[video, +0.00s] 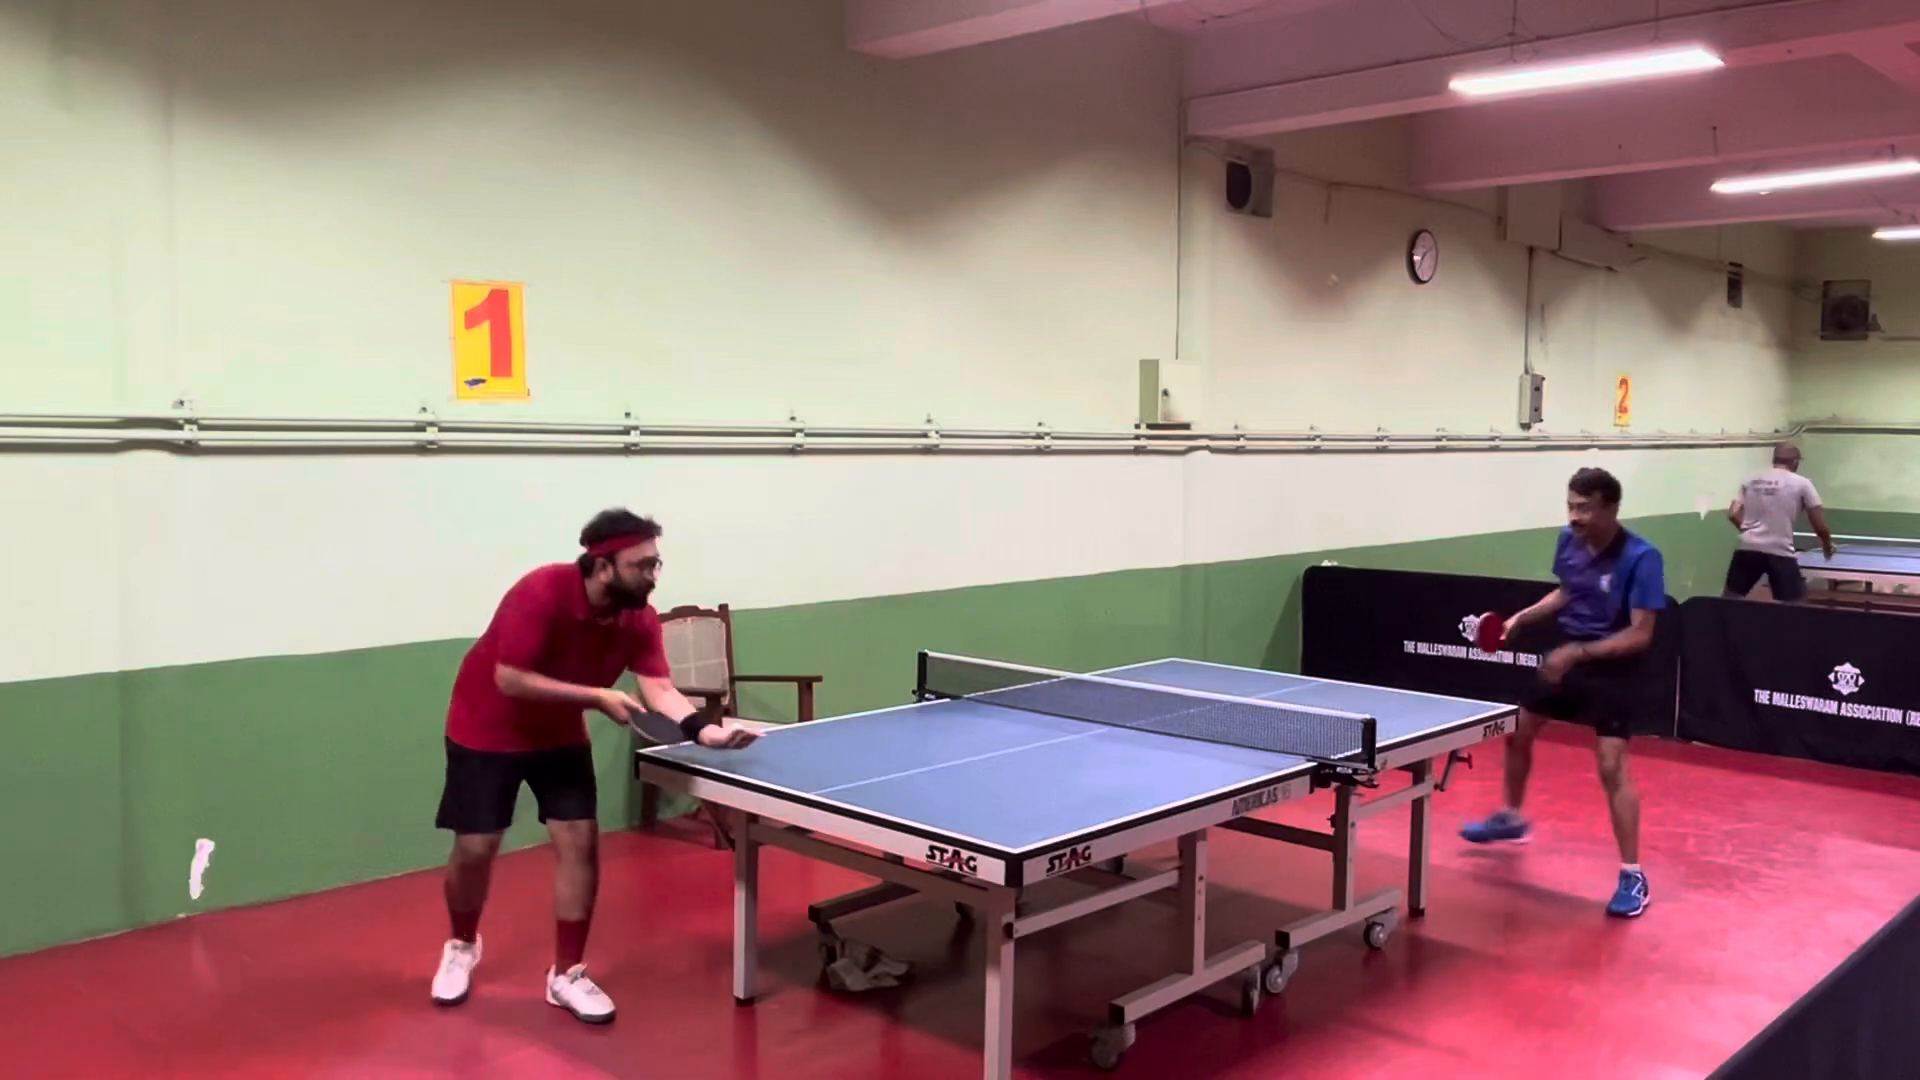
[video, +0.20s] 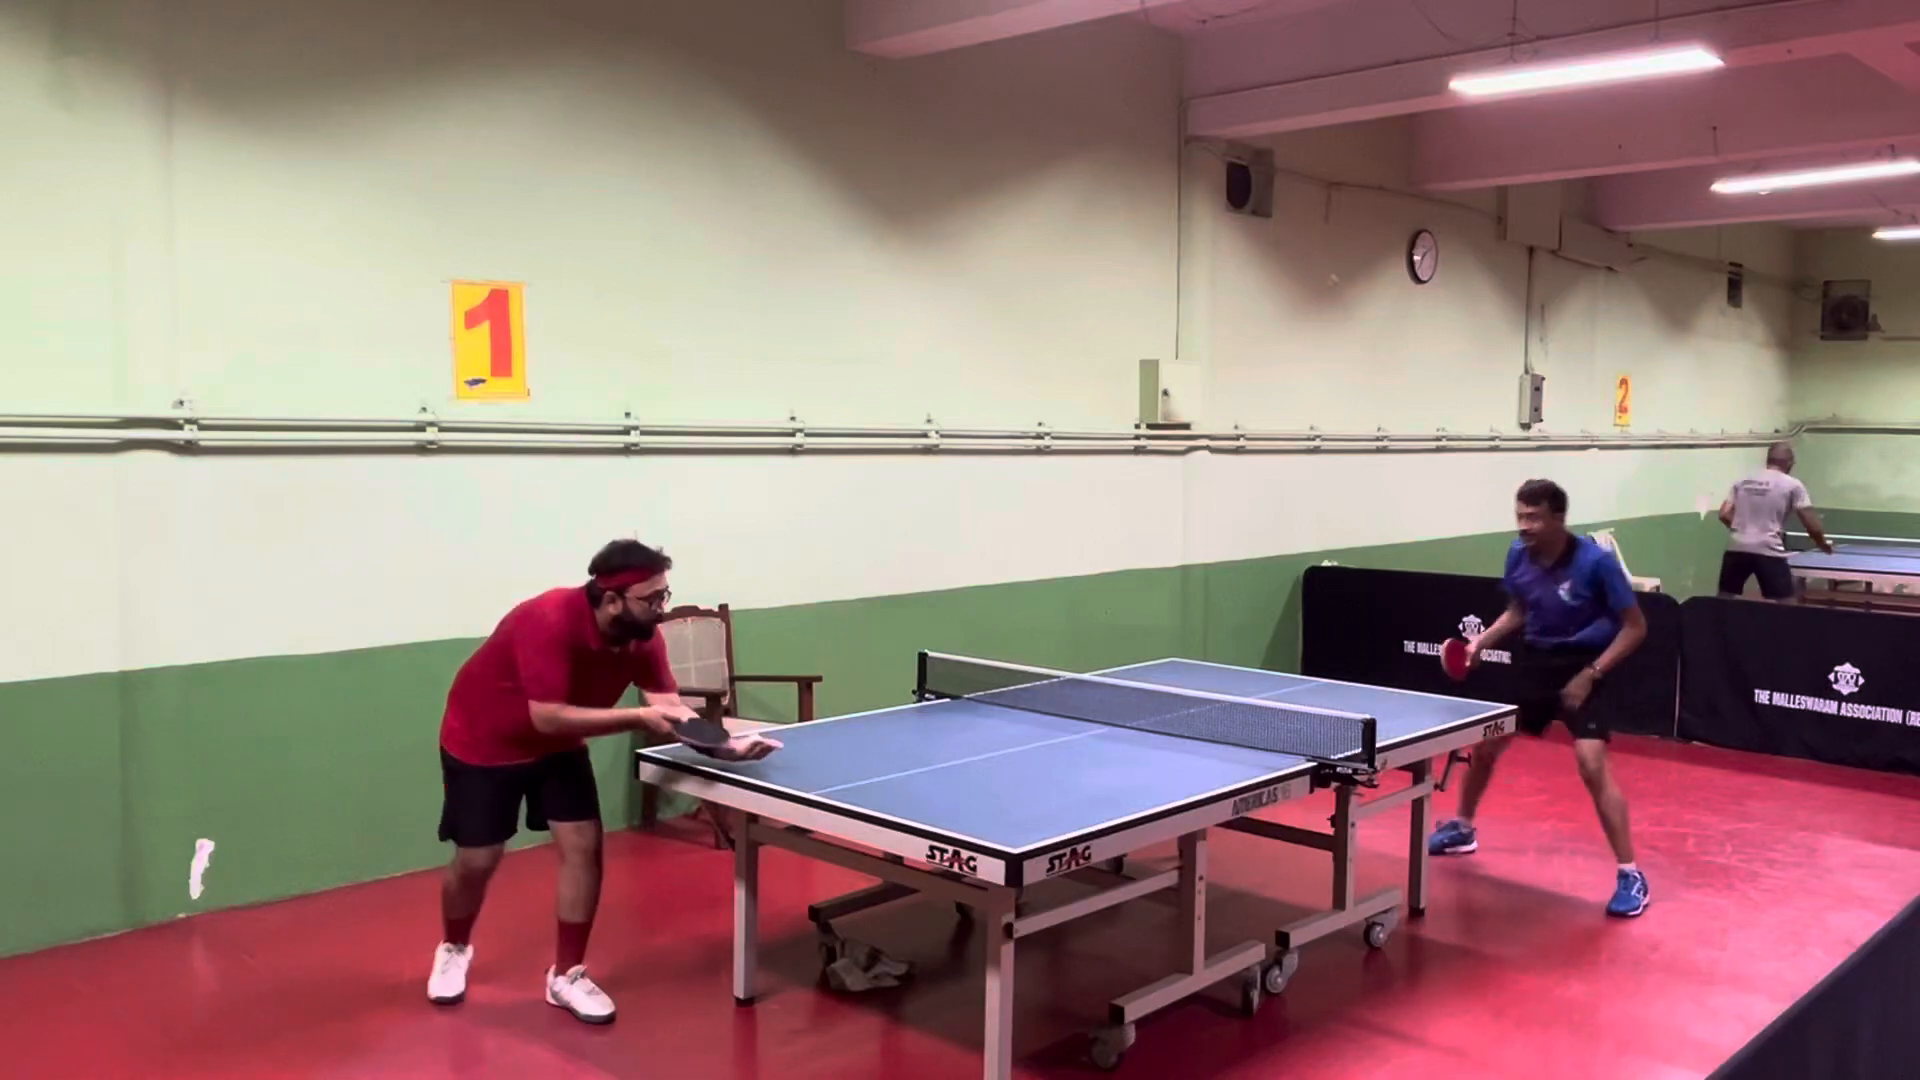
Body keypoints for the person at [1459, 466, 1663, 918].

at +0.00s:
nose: (1574, 517)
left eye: (1583, 509)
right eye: (1571, 508)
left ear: (1611, 510)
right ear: (1570, 506)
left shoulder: (1642, 559)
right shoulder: (1569, 543)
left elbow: (1641, 634)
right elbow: (1566, 593)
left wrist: (1575, 651)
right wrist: (1518, 620)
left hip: (1618, 662)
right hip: (1571, 654)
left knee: (1611, 765)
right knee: (1520, 727)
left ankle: (1631, 875)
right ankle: (1510, 815)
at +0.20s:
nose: (1524, 526)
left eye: (1533, 518)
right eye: (1520, 518)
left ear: (1559, 518)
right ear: (1518, 518)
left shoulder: (1596, 562)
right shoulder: (1518, 558)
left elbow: (1636, 627)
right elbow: (1518, 612)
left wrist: (1592, 672)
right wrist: (1478, 642)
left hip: (1583, 667)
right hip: (1532, 665)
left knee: (1591, 765)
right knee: (1485, 744)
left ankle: (1629, 874)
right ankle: (1462, 826)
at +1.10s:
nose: (1516, 531)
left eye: (1524, 522)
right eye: (1513, 523)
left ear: (1554, 523)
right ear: (1518, 526)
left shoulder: (1589, 568)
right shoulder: (1541, 575)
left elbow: (1621, 643)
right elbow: (1545, 634)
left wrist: (1569, 679)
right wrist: (1487, 650)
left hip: (1619, 677)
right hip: (1576, 675)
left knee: (1602, 784)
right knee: (1516, 742)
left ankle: (1632, 877)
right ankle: (1523, 843)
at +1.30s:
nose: (1519, 540)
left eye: (1526, 530)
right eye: (1516, 532)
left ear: (1555, 529)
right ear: (1536, 534)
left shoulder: (1576, 570)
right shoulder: (1563, 576)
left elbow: (1596, 647)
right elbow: (1575, 648)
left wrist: (1561, 690)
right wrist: (1512, 661)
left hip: (1637, 677)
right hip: (1605, 677)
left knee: (1600, 783)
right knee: (1553, 764)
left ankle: (1667, 889)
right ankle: (1590, 866)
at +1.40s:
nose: (1526, 558)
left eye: (1533, 549)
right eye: (1524, 550)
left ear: (1563, 548)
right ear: (1566, 552)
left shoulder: (1571, 587)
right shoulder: (1595, 580)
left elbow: (1568, 674)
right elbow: (1603, 669)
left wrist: (1545, 711)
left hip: (1640, 697)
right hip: (1620, 698)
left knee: (1616, 808)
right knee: (1557, 761)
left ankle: (1686, 922)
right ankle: (1589, 867)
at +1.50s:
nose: (1541, 578)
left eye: (1547, 568)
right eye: (1539, 569)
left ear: (1576, 566)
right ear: (1583, 570)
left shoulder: (1570, 607)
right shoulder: (1633, 601)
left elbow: (1543, 690)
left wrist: (1533, 714)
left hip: (1640, 711)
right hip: (1670, 708)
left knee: (1629, 834)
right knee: (1574, 762)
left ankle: (1707, 945)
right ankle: (1591, 866)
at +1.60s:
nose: (1562, 600)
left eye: (1567, 590)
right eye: (1561, 592)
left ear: (1595, 587)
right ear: (1605, 589)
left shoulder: (1576, 627)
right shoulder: (1667, 624)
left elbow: (1532, 692)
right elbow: (1730, 691)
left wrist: (1531, 708)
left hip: (1645, 737)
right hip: (1691, 737)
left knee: (1630, 870)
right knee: (1596, 775)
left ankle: (1724, 967)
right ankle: (1597, 870)